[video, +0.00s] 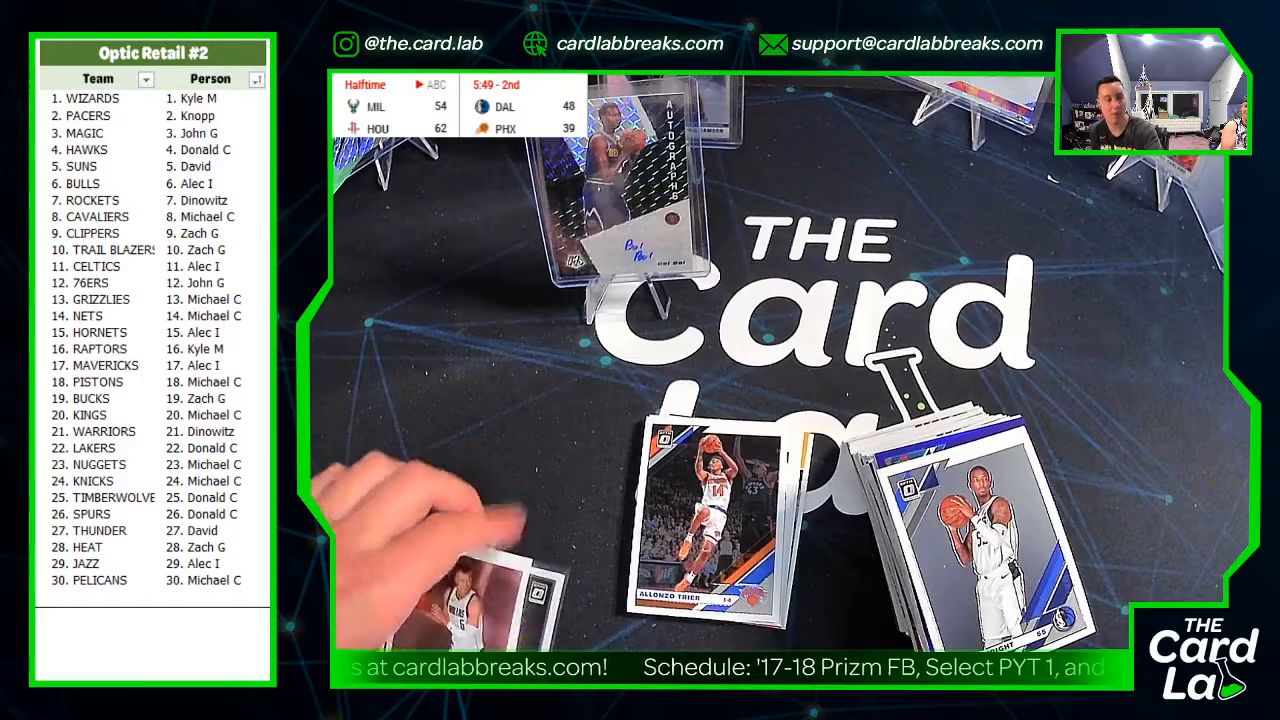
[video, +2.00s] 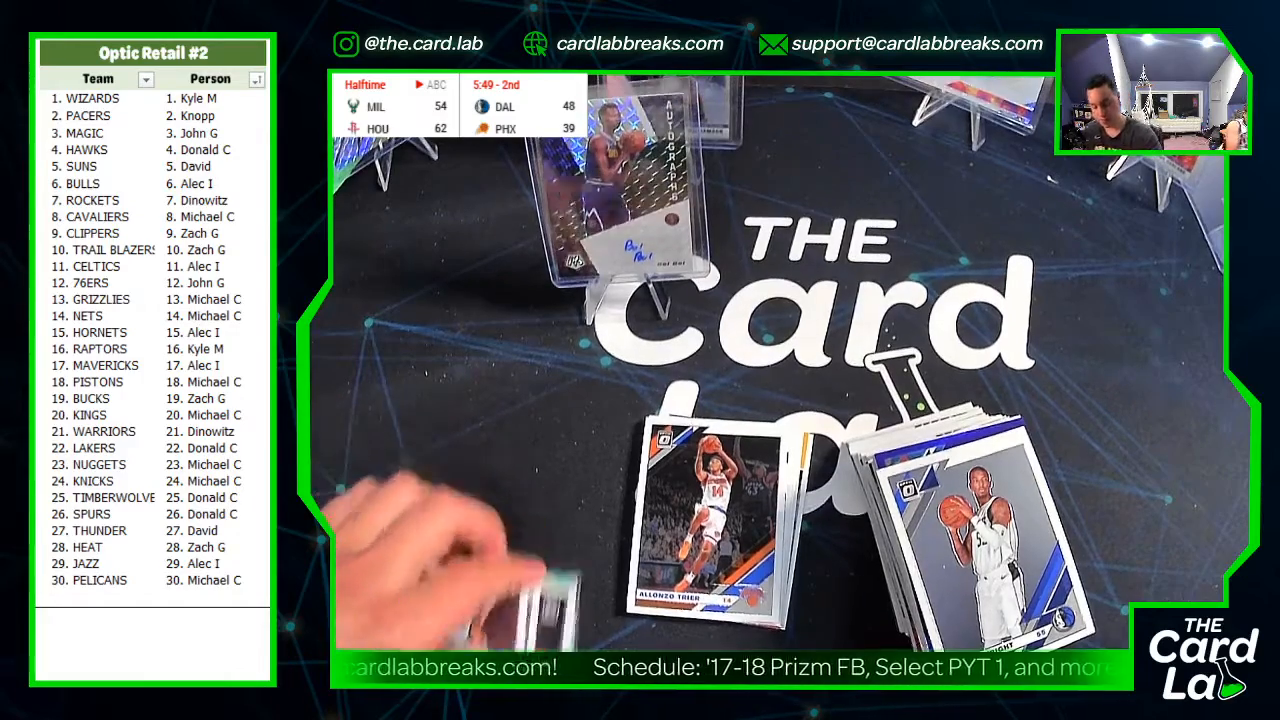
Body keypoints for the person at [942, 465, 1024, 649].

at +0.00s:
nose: (980, 483)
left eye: (984, 479)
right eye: (976, 480)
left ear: (990, 481)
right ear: (970, 485)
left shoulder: (1000, 504)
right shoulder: (974, 517)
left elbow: (996, 538)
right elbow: (965, 559)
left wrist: (972, 516)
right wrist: (953, 530)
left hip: (1007, 579)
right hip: (985, 585)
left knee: (1018, 632)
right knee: (992, 640)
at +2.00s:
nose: (980, 484)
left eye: (983, 480)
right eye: (975, 481)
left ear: (990, 482)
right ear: (970, 486)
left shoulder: (999, 504)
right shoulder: (974, 519)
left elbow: (997, 539)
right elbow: (965, 559)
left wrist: (972, 516)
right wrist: (953, 531)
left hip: (1006, 578)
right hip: (984, 585)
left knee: (1017, 632)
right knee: (991, 639)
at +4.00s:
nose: (981, 484)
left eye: (985, 480)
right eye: (976, 481)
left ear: (990, 484)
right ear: (970, 487)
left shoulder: (1000, 505)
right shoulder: (977, 514)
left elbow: (997, 540)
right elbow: (964, 554)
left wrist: (972, 518)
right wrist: (954, 532)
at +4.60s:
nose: (981, 485)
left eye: (985, 480)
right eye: (976, 481)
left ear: (990, 484)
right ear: (970, 486)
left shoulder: (1000, 505)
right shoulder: (977, 512)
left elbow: (997, 538)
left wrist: (972, 518)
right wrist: (954, 532)